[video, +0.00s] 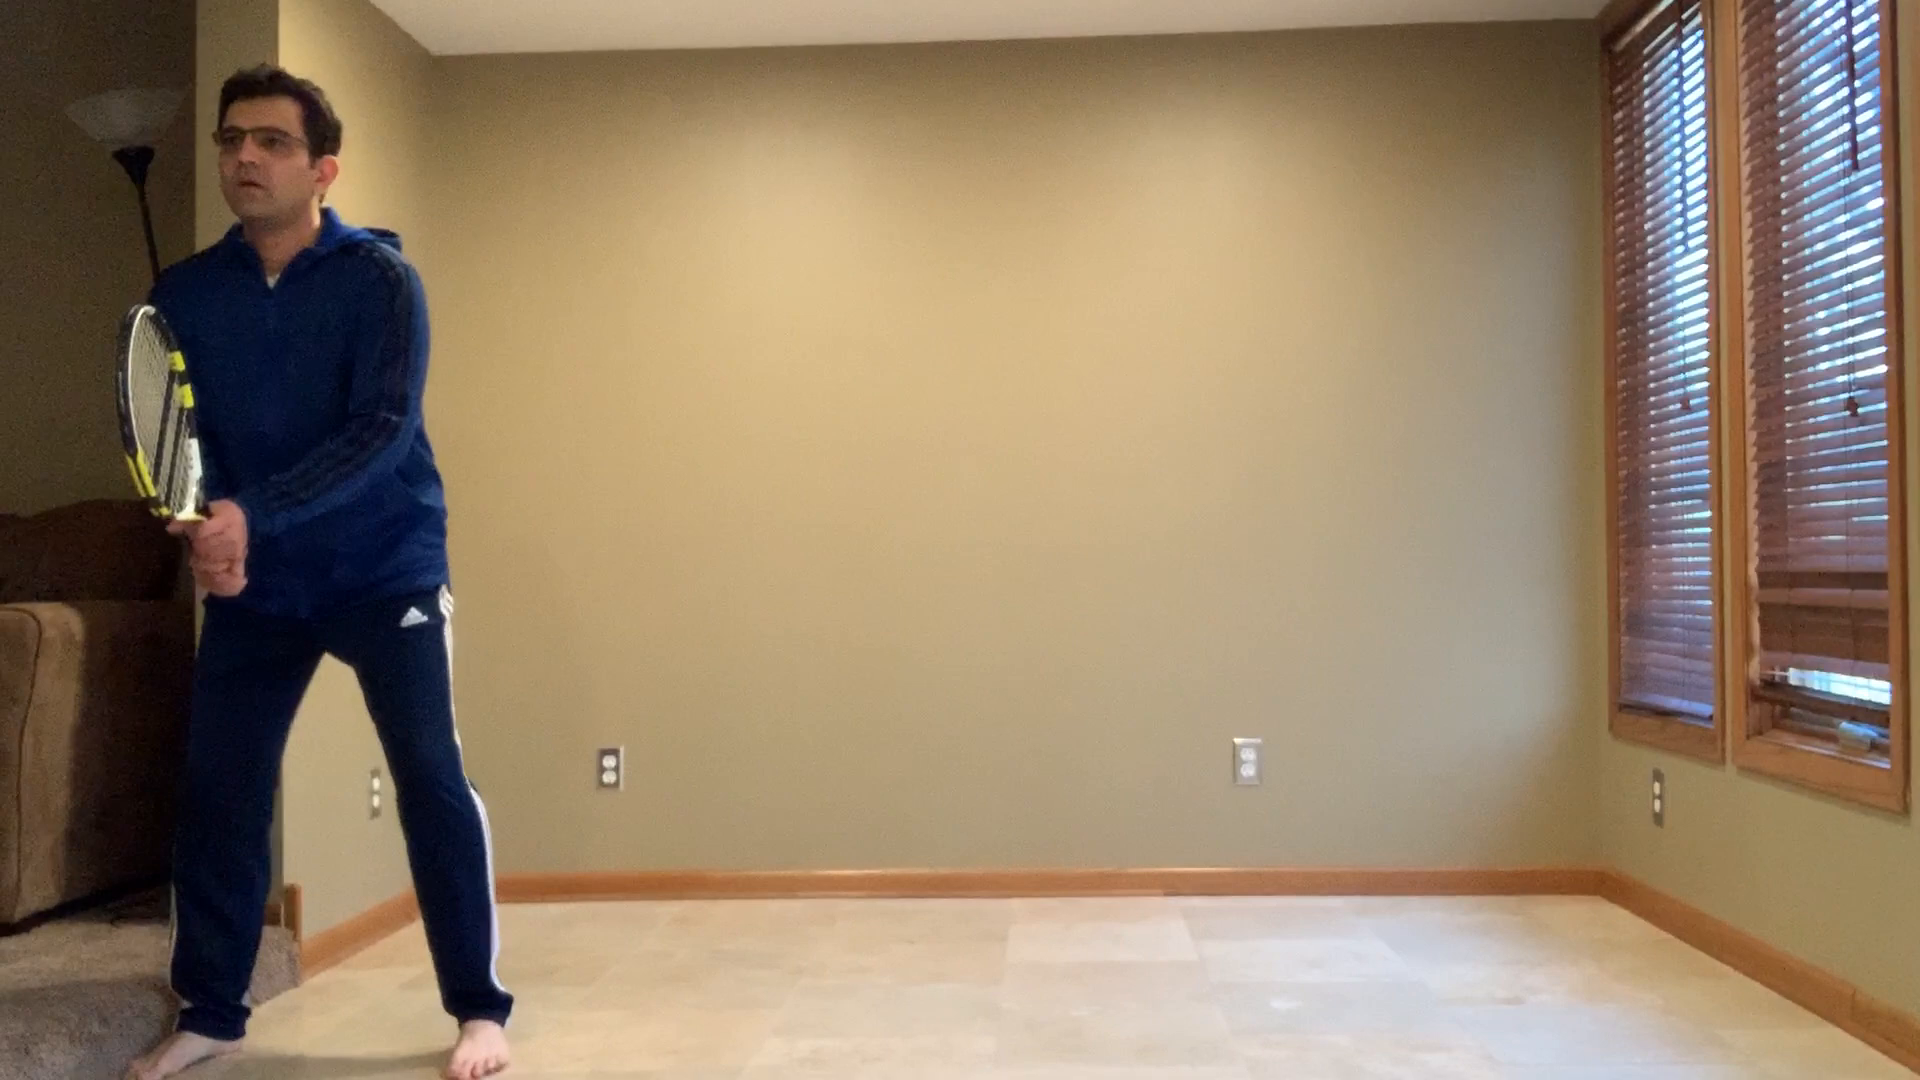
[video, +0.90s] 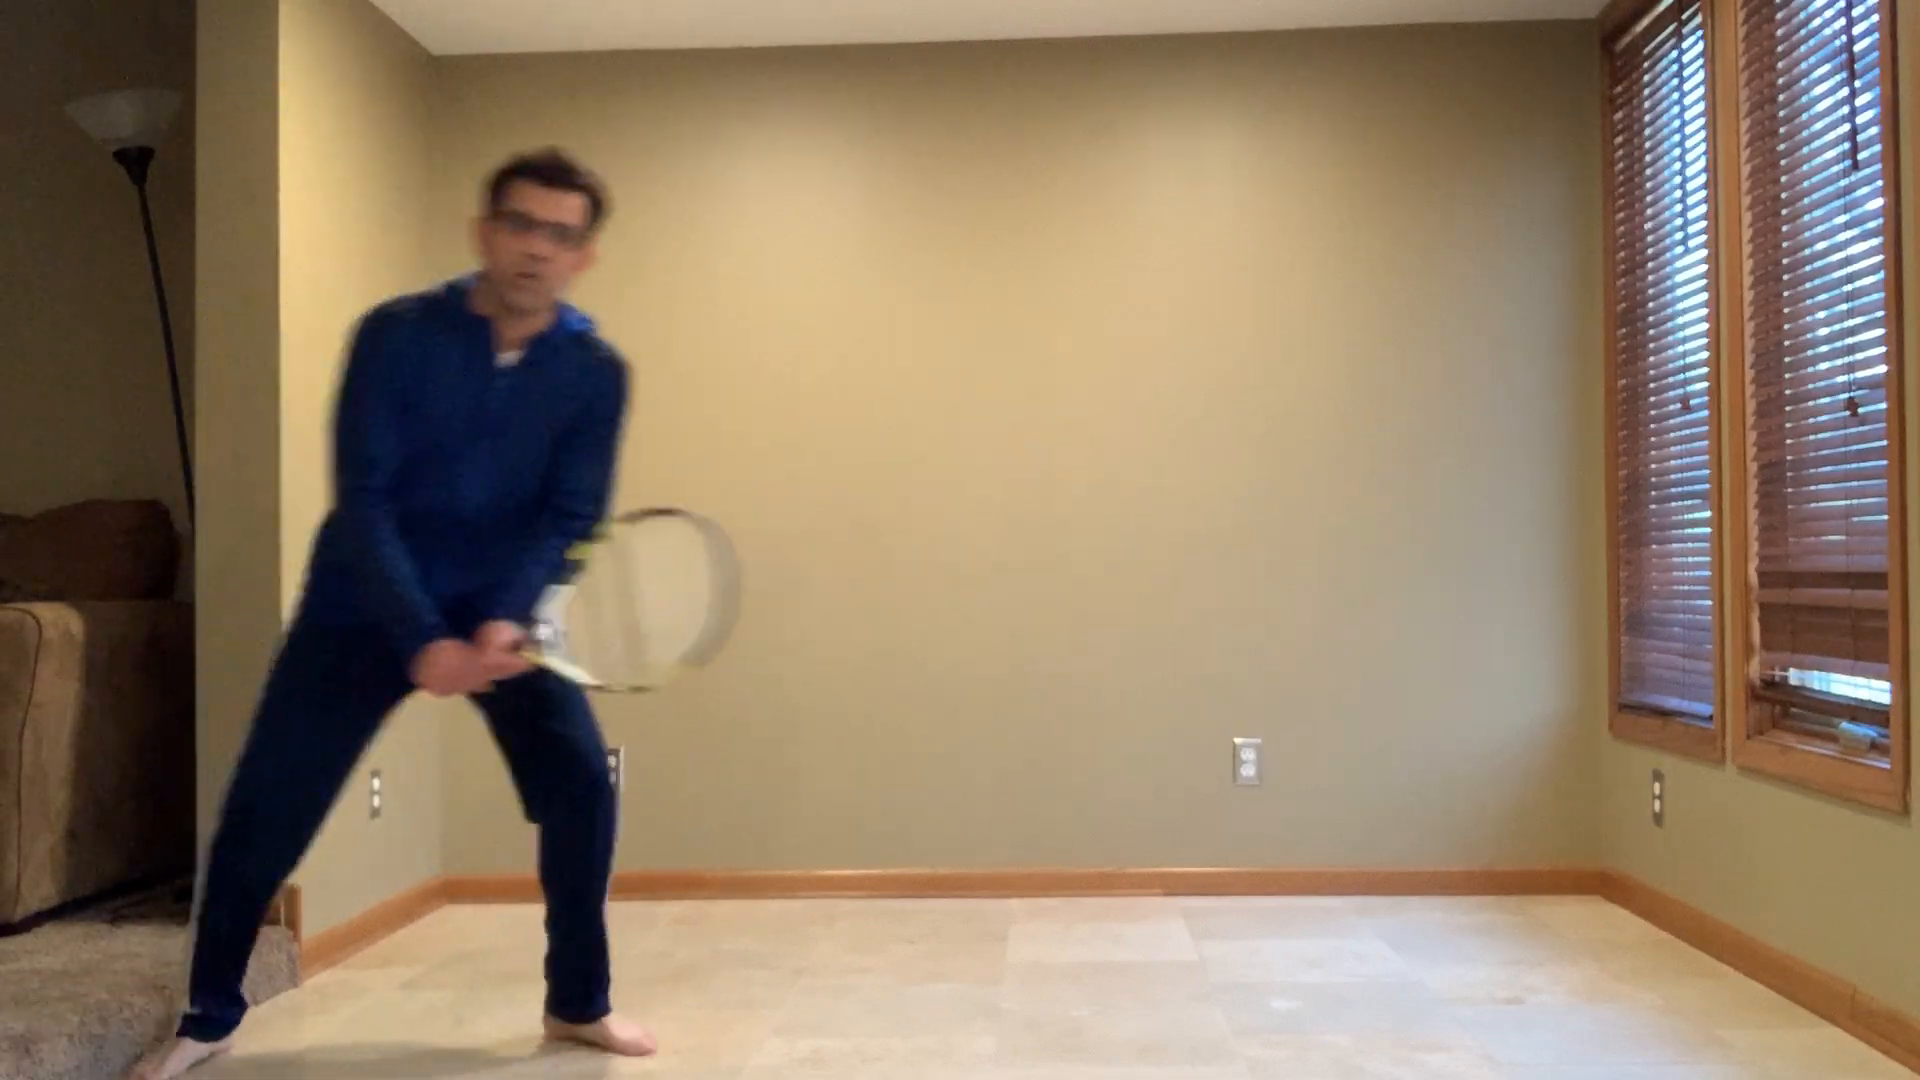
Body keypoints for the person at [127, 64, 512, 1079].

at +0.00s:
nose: (246, 158)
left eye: (273, 141)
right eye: (232, 140)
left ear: (324, 163)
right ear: (217, 159)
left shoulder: (378, 274)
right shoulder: (183, 292)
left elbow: (383, 429)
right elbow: (163, 438)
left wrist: (251, 517)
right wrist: (204, 524)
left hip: (386, 567)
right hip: (256, 578)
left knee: (430, 775)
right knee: (219, 788)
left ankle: (480, 1014)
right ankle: (210, 1017)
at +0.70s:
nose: (320, 215)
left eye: (348, 200)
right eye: (306, 192)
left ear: (393, 224)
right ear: (285, 203)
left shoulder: (435, 334)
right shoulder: (224, 331)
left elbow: (419, 489)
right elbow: (207, 480)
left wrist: (315, 599)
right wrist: (246, 599)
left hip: (411, 599)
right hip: (269, 608)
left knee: (479, 771)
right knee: (203, 796)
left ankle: (533, 1004)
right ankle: (208, 1018)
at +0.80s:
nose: (410, 240)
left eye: (436, 227)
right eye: (394, 218)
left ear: (469, 252)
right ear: (363, 228)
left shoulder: (497, 363)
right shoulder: (286, 344)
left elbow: (486, 522)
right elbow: (262, 498)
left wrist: (406, 627)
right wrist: (313, 630)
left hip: (442, 616)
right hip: (303, 612)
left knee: (526, 786)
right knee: (210, 808)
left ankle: (566, 1001)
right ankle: (209, 1022)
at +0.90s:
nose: (536, 249)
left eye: (561, 236)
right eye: (520, 226)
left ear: (585, 257)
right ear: (483, 229)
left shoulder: (593, 373)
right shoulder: (397, 334)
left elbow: (569, 523)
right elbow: (361, 500)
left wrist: (511, 615)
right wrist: (419, 636)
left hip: (501, 612)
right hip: (368, 597)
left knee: (581, 781)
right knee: (262, 808)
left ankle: (578, 1007)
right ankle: (206, 1020)